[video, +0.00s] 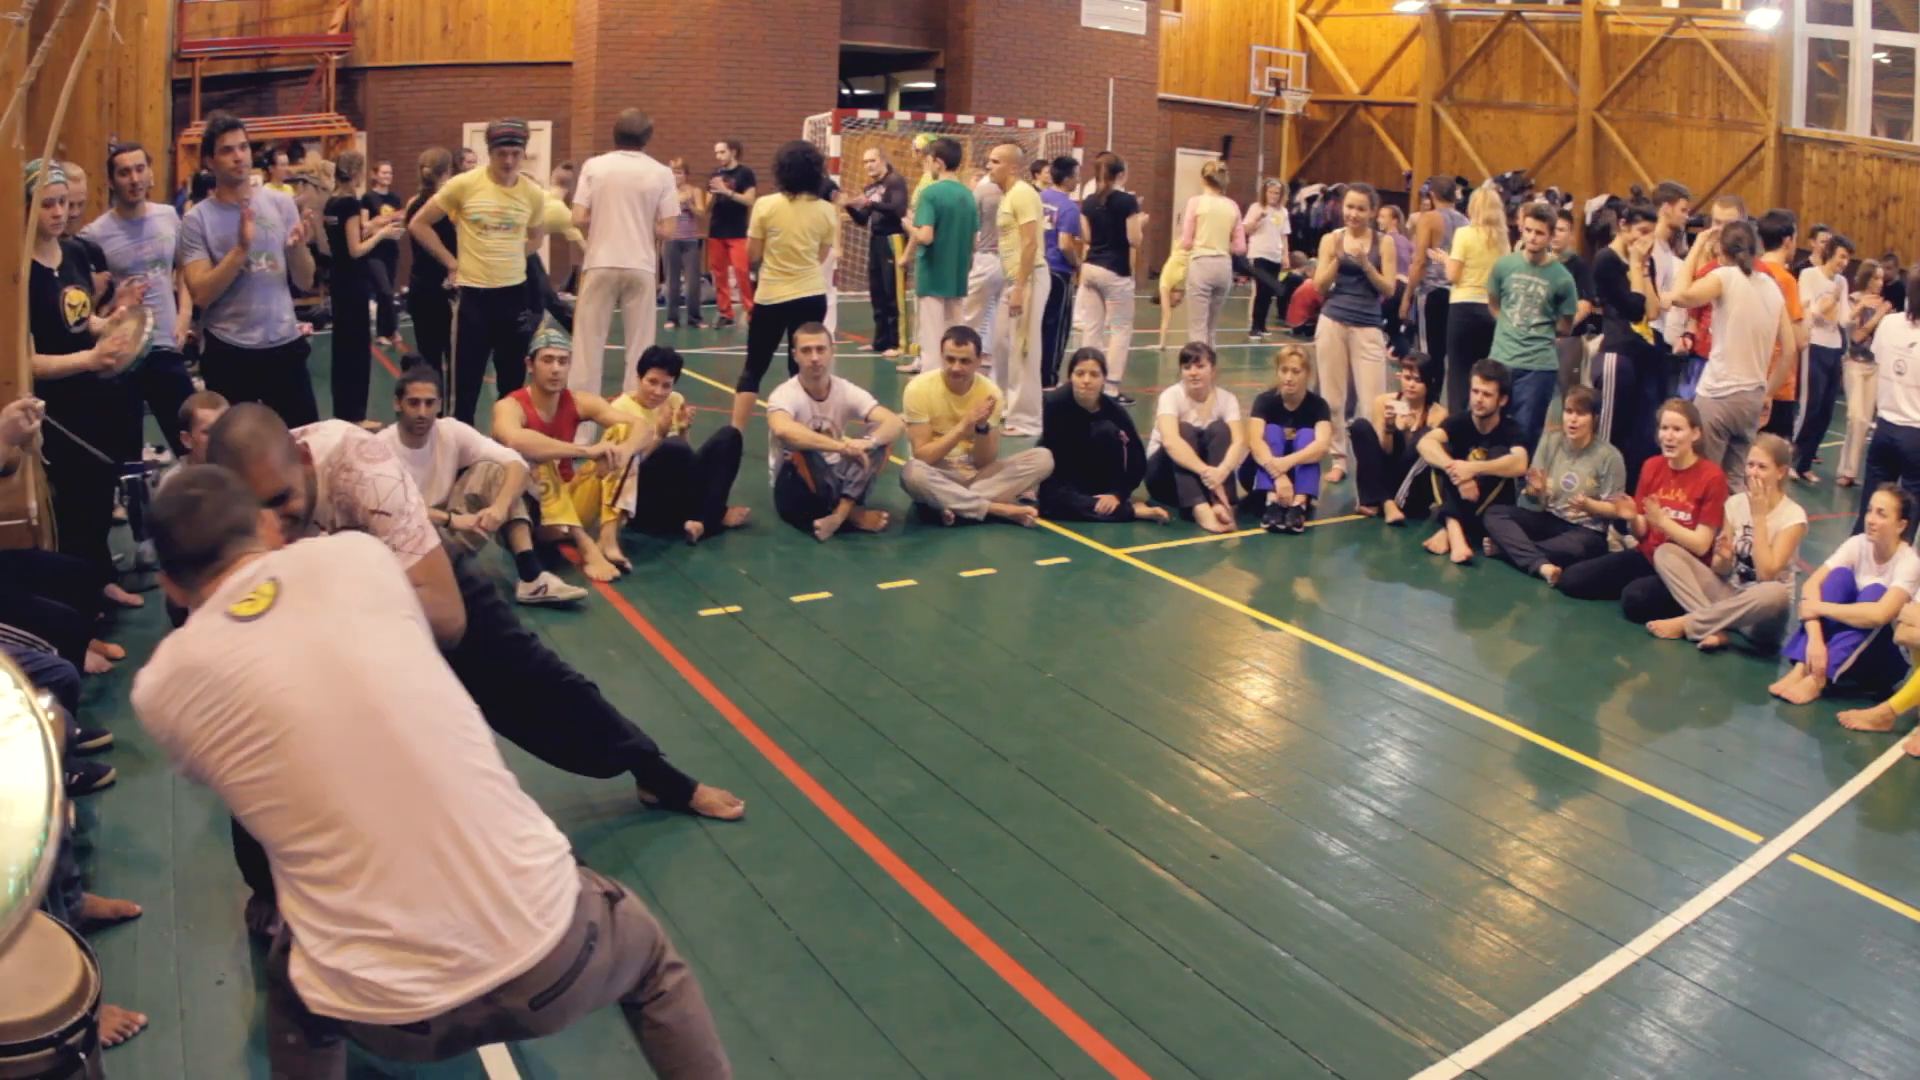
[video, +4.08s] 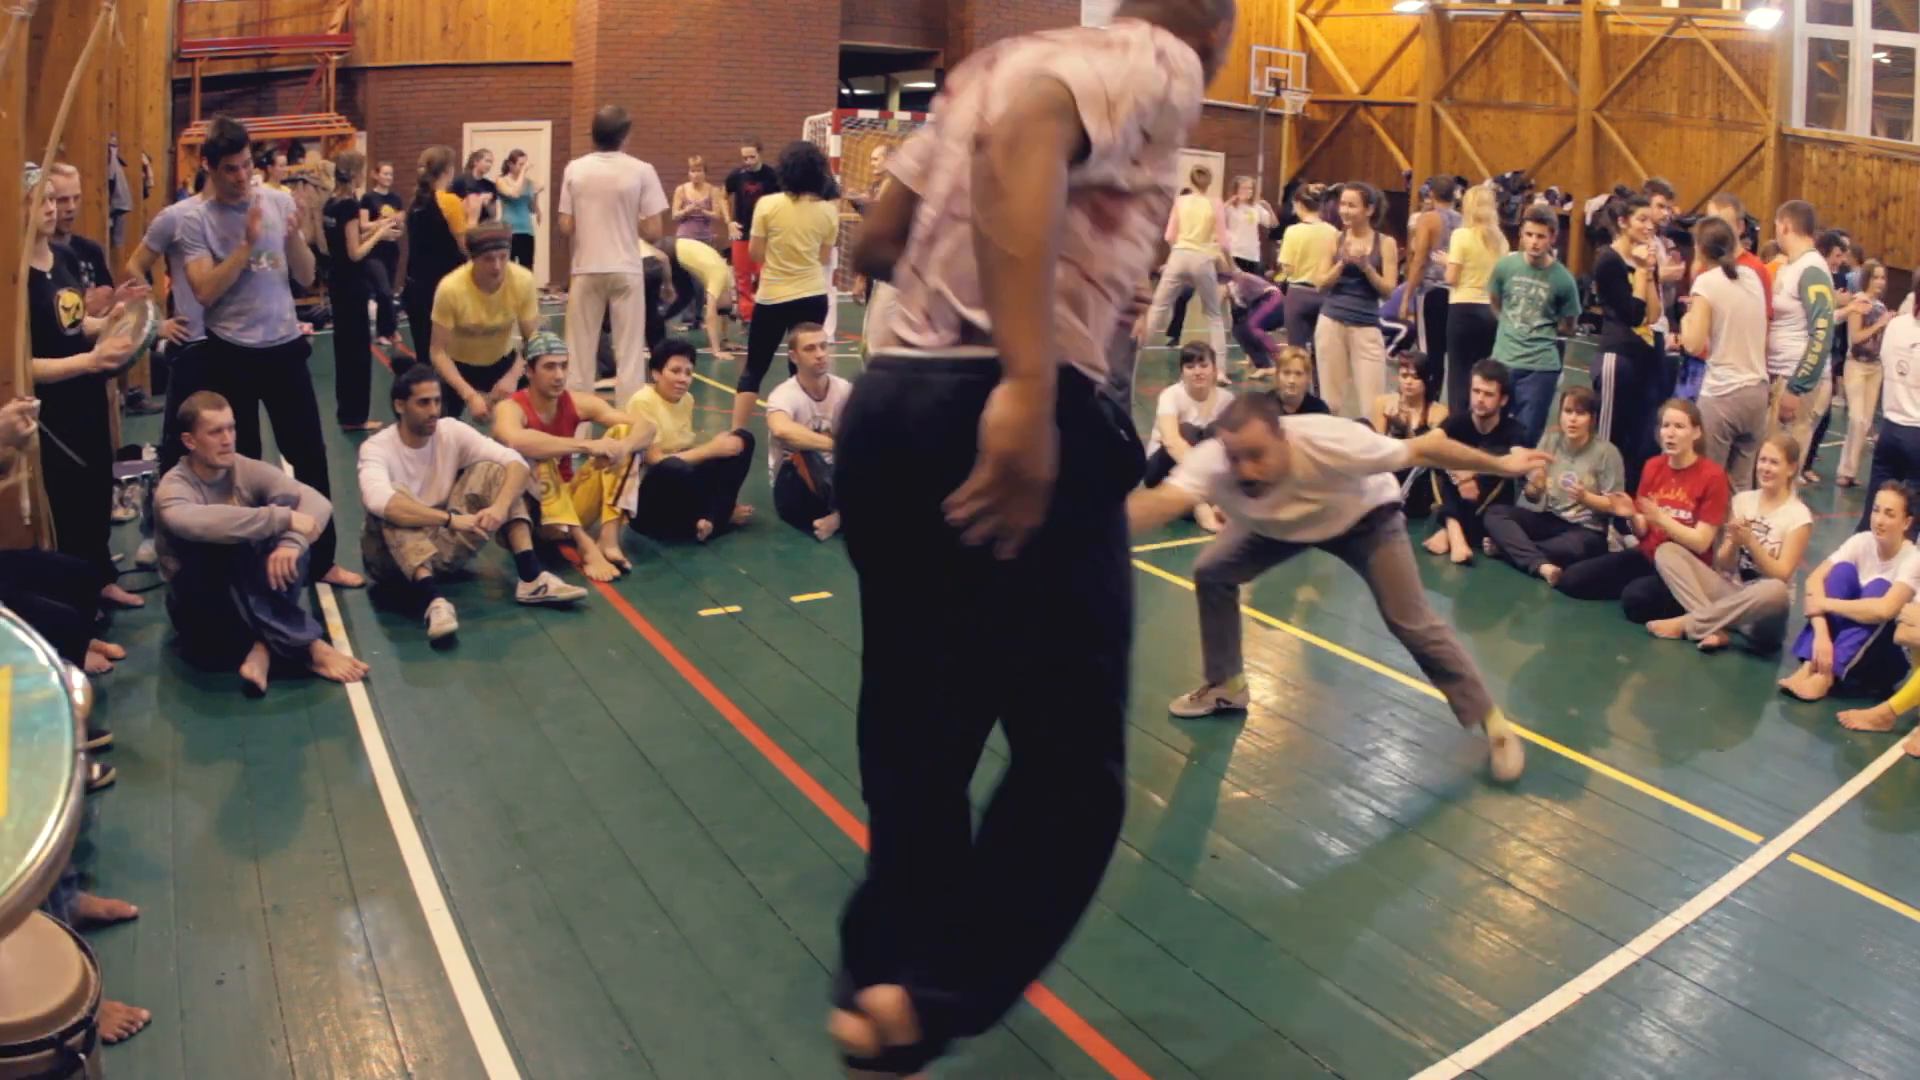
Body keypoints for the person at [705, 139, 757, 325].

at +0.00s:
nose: (719, 156)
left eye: (722, 152)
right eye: (717, 153)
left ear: (734, 152)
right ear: (715, 155)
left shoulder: (745, 173)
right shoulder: (716, 174)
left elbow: (750, 199)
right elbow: (708, 206)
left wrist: (725, 191)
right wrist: (714, 192)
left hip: (737, 233)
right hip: (716, 232)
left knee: (741, 271)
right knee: (719, 274)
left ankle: (749, 309)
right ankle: (725, 312)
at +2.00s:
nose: (735, 152)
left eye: (739, 148)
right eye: (732, 149)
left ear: (746, 151)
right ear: (727, 152)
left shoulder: (754, 172)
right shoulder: (720, 174)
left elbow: (761, 200)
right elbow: (713, 202)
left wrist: (745, 193)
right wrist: (724, 193)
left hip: (748, 232)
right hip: (725, 233)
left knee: (750, 273)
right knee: (724, 276)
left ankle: (752, 312)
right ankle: (725, 312)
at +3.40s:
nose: (749, 157)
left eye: (752, 153)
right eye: (745, 153)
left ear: (760, 153)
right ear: (742, 155)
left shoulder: (769, 174)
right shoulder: (736, 175)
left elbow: (777, 198)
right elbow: (723, 194)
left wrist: (764, 215)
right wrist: (734, 210)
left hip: (764, 229)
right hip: (742, 231)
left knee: (763, 272)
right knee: (743, 275)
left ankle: (762, 312)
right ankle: (746, 314)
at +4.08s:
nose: (748, 161)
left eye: (751, 157)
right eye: (744, 158)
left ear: (760, 154)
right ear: (741, 157)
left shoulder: (770, 175)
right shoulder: (735, 177)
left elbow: (778, 200)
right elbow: (726, 197)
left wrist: (774, 221)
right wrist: (729, 221)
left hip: (765, 229)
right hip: (742, 230)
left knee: (765, 272)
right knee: (742, 276)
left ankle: (765, 310)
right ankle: (746, 313)